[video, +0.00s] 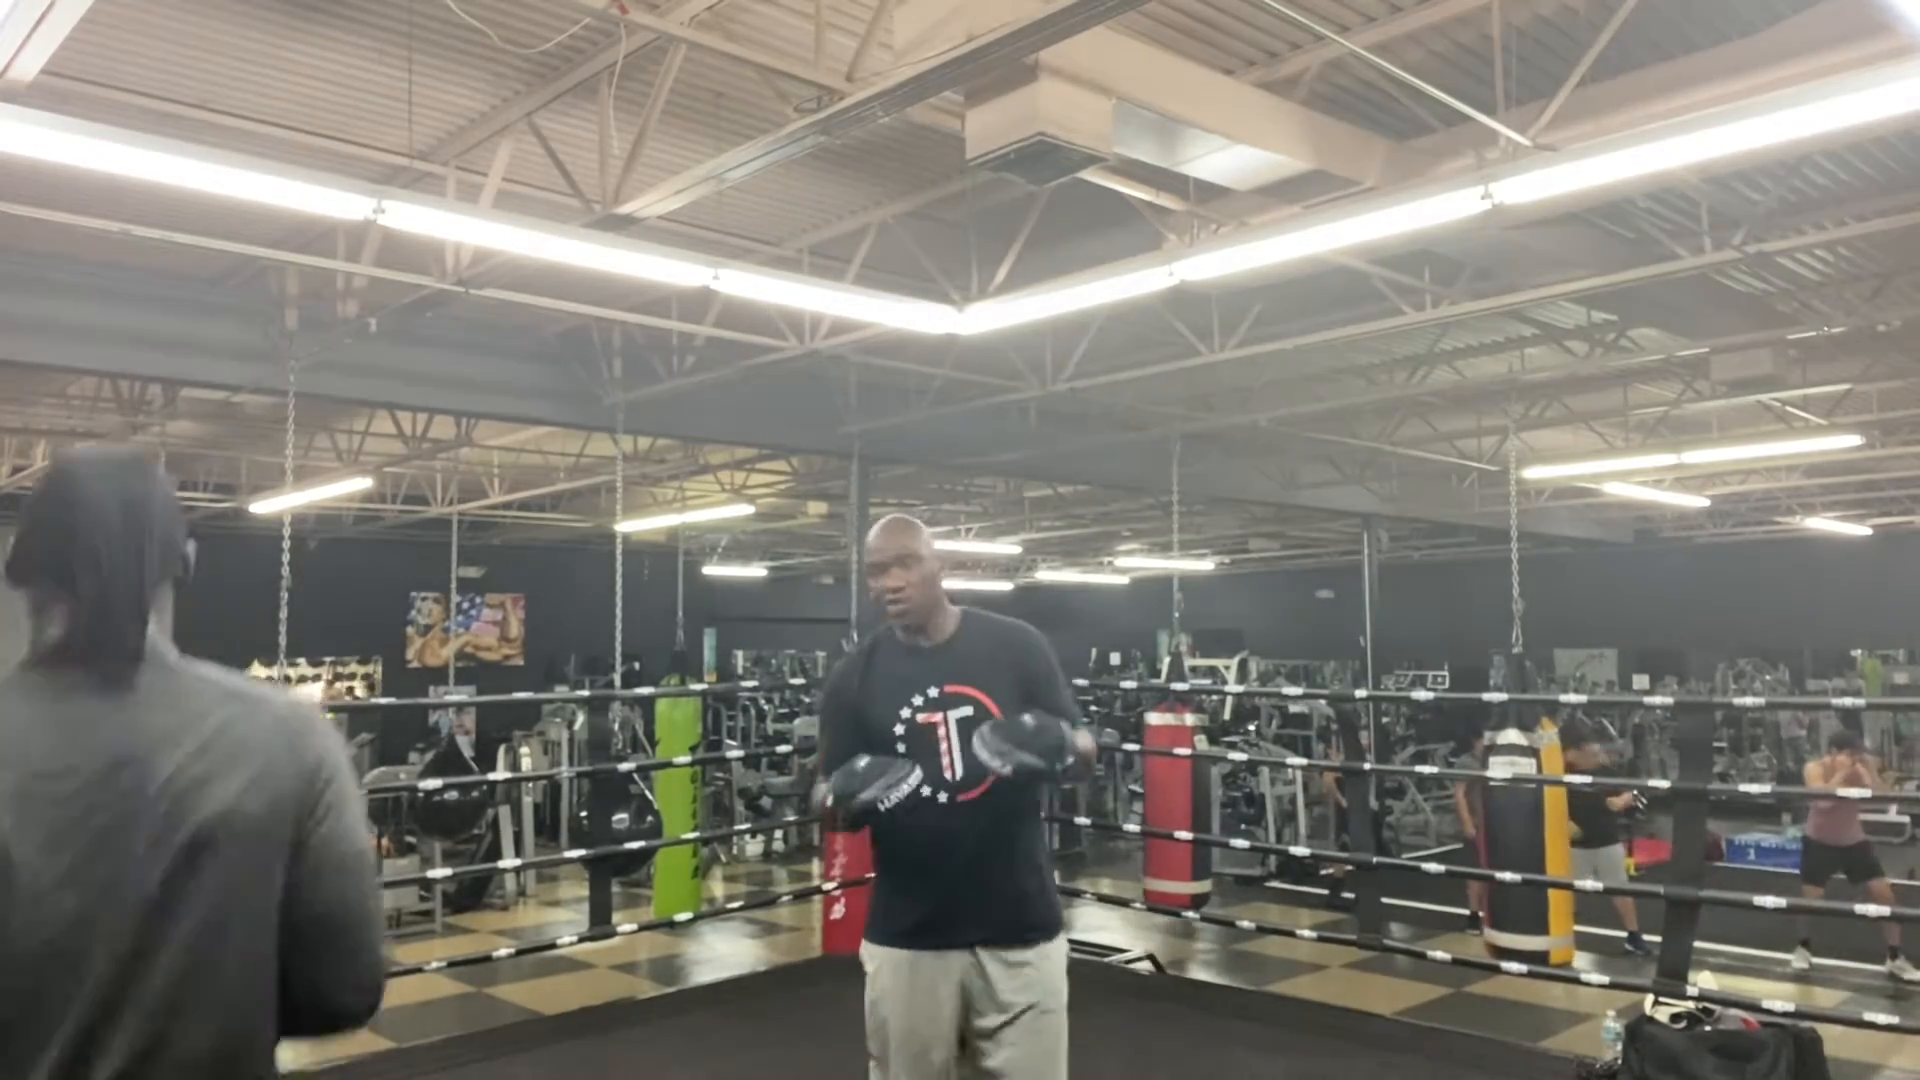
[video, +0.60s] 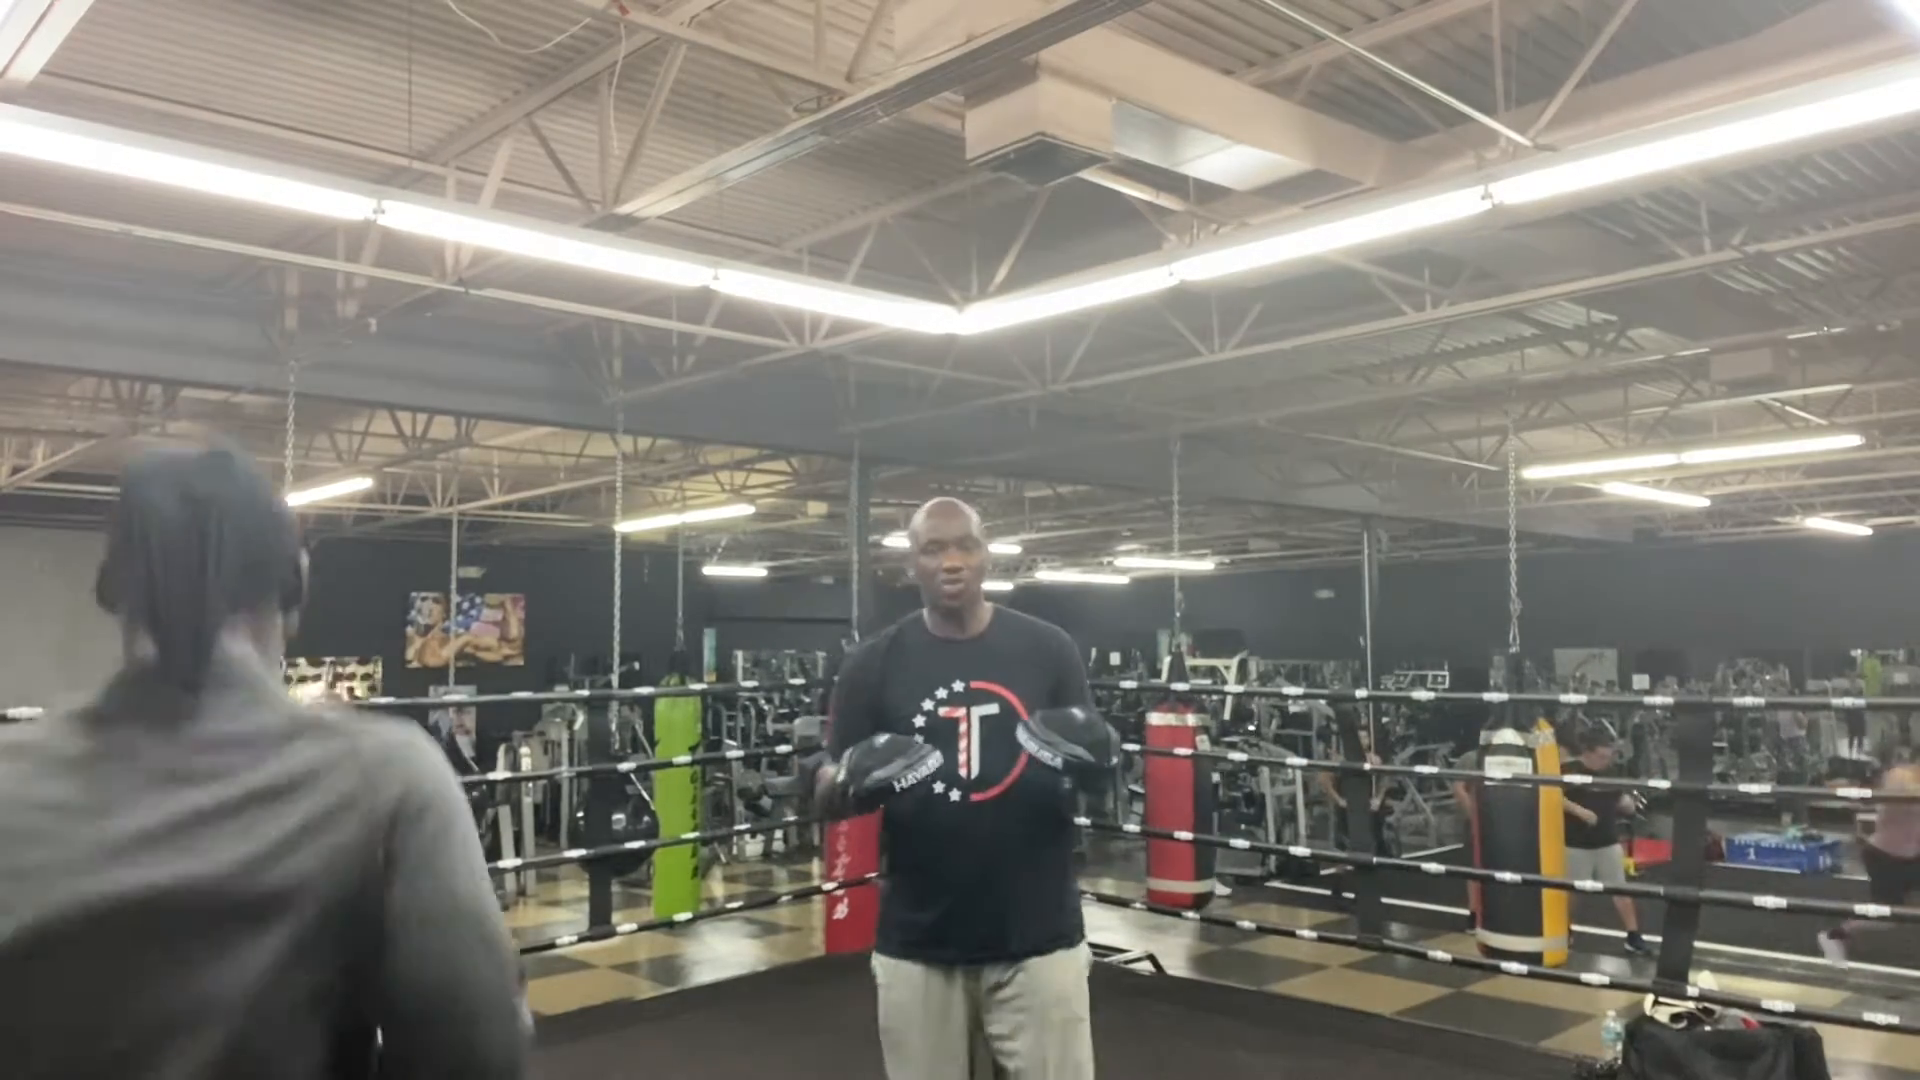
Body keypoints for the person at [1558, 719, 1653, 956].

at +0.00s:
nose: (1597, 758)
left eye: (1598, 752)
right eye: (1591, 753)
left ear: (1601, 750)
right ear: (1571, 754)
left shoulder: (1606, 773)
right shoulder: (1564, 777)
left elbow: (1624, 791)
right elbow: (1572, 808)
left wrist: (1623, 799)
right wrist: (1607, 803)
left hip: (1607, 840)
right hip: (1575, 843)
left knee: (1620, 890)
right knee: (1565, 892)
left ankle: (1633, 934)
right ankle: (1561, 936)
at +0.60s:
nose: (1608, 760)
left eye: (1610, 755)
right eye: (1604, 754)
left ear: (1612, 753)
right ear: (1590, 750)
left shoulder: (1610, 774)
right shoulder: (1568, 771)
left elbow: (1614, 799)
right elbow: (1554, 797)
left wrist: (1627, 804)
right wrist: (1579, 811)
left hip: (1607, 842)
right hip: (1576, 843)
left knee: (1620, 890)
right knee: (1570, 892)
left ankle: (1633, 935)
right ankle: (1564, 932)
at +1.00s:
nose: (1575, 752)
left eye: (1580, 747)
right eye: (1575, 747)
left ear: (1596, 750)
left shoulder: (1615, 774)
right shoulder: (1567, 773)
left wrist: (1627, 805)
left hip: (1608, 841)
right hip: (1575, 842)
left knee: (1620, 890)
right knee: (1571, 890)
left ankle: (1633, 934)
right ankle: (1564, 932)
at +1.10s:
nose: (1576, 753)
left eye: (1580, 749)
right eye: (1579, 749)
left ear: (1593, 750)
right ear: (1575, 751)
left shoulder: (1615, 774)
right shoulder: (1568, 775)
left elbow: (1637, 800)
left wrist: (1613, 805)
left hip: (1608, 841)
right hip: (1575, 841)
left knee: (1620, 890)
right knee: (1569, 892)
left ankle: (1633, 935)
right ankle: (1561, 935)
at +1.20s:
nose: (1589, 760)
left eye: (1594, 755)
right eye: (1585, 754)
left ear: (1599, 754)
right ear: (1576, 751)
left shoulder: (1613, 774)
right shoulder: (1567, 773)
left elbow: (1634, 802)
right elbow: (1584, 805)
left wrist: (1608, 805)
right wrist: (1621, 803)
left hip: (1608, 841)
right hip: (1575, 841)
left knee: (1620, 890)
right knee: (1569, 891)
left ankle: (1633, 934)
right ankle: (1561, 934)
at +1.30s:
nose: (1571, 758)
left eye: (1575, 753)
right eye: (1573, 753)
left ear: (1587, 753)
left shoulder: (1613, 773)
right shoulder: (1569, 775)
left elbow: (1634, 799)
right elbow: (1587, 806)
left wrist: (1602, 804)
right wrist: (1622, 802)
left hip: (1608, 841)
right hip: (1575, 842)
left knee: (1620, 889)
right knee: (1568, 891)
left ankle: (1633, 934)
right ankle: (1562, 936)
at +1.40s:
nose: (1567, 757)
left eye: (1571, 753)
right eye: (1569, 753)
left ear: (1584, 753)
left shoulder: (1611, 772)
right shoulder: (1565, 774)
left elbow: (1634, 800)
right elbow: (1582, 808)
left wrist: (1600, 805)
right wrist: (1620, 802)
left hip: (1607, 840)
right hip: (1575, 842)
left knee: (1619, 888)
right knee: (1569, 891)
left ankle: (1633, 934)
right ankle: (1564, 936)